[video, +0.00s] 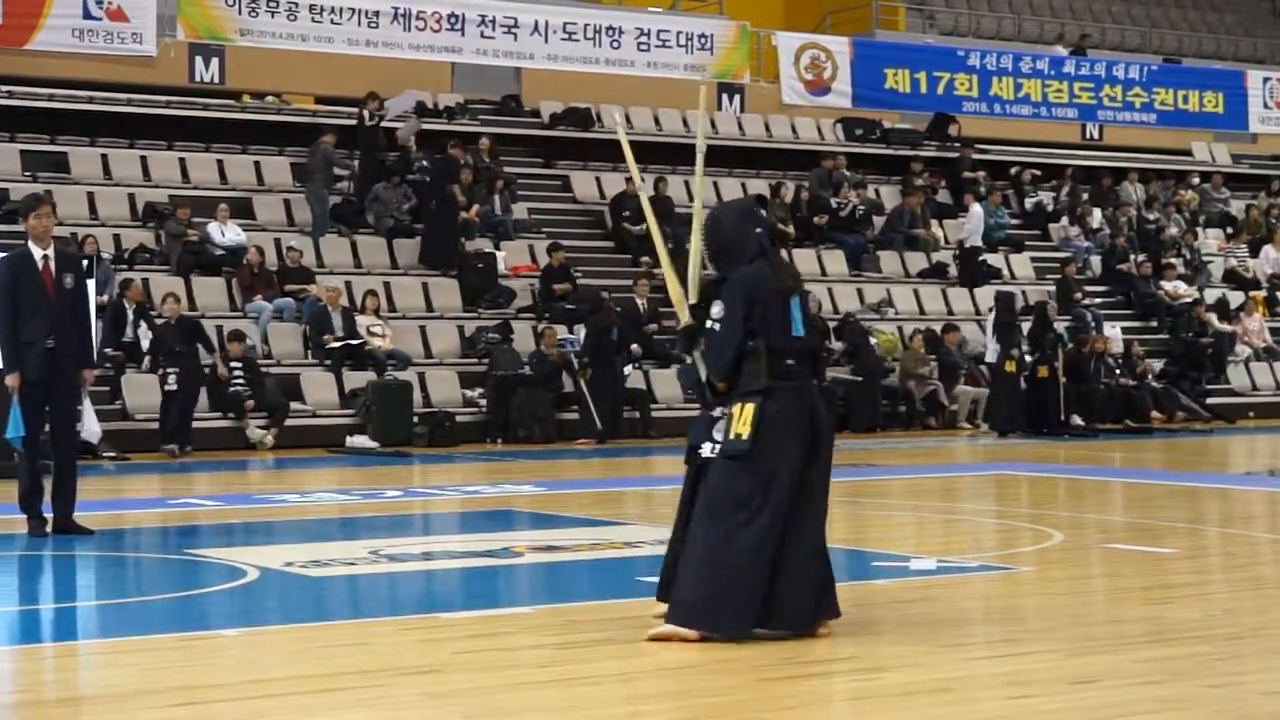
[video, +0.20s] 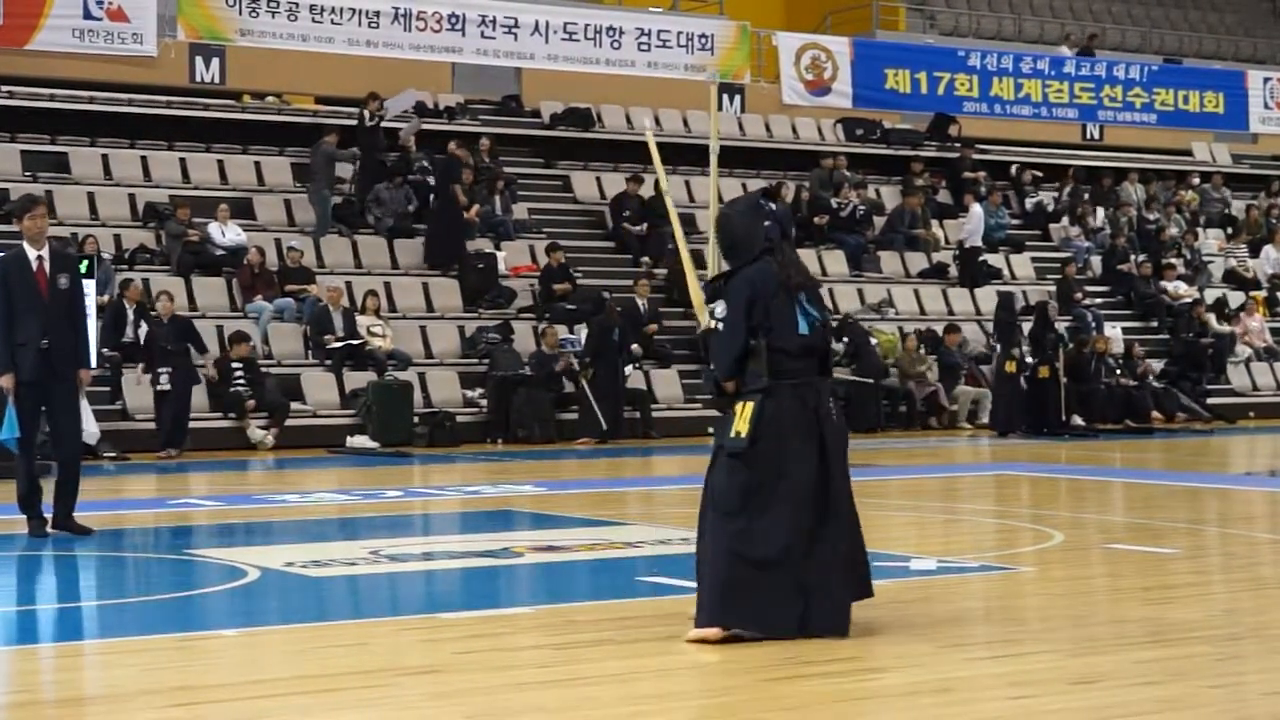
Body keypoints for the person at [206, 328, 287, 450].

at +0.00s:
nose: (240, 348)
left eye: (241, 344)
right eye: (236, 344)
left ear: (243, 345)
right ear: (228, 345)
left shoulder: (250, 361)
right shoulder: (220, 363)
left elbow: (258, 382)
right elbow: (215, 388)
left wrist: (254, 399)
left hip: (250, 397)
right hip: (229, 398)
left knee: (282, 404)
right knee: (236, 399)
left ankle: (270, 436)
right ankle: (249, 429)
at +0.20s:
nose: (249, 348)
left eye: (249, 345)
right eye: (246, 345)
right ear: (235, 346)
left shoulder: (251, 362)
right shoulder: (220, 362)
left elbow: (259, 383)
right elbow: (219, 387)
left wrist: (255, 399)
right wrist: (241, 400)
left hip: (252, 396)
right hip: (232, 397)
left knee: (282, 404)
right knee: (235, 396)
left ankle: (270, 436)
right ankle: (250, 428)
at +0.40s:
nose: (252, 348)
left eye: (251, 345)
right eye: (249, 345)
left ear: (242, 346)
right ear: (239, 346)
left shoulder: (251, 362)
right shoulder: (221, 363)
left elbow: (259, 383)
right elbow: (218, 388)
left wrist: (255, 399)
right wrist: (241, 400)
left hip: (253, 397)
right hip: (232, 400)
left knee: (283, 403)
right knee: (235, 395)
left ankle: (271, 436)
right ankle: (250, 428)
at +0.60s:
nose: (253, 348)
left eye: (253, 345)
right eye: (250, 345)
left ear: (243, 346)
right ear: (240, 346)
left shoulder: (252, 362)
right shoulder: (222, 362)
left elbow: (260, 383)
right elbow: (219, 387)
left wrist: (255, 399)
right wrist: (241, 400)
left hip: (253, 397)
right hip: (232, 398)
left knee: (283, 403)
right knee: (235, 397)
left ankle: (271, 436)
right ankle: (250, 428)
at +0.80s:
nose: (255, 349)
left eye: (255, 345)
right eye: (252, 346)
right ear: (242, 346)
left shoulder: (254, 362)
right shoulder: (224, 362)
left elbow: (261, 384)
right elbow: (221, 387)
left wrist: (254, 399)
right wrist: (239, 396)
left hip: (253, 396)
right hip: (234, 396)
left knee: (283, 404)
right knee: (234, 399)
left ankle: (271, 435)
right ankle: (250, 428)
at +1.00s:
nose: (256, 349)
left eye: (256, 346)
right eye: (254, 346)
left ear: (248, 347)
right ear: (244, 347)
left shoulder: (256, 362)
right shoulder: (226, 361)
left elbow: (262, 383)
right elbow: (222, 386)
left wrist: (254, 398)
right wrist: (239, 394)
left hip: (255, 395)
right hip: (236, 395)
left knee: (283, 404)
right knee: (230, 400)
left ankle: (272, 435)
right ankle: (250, 428)